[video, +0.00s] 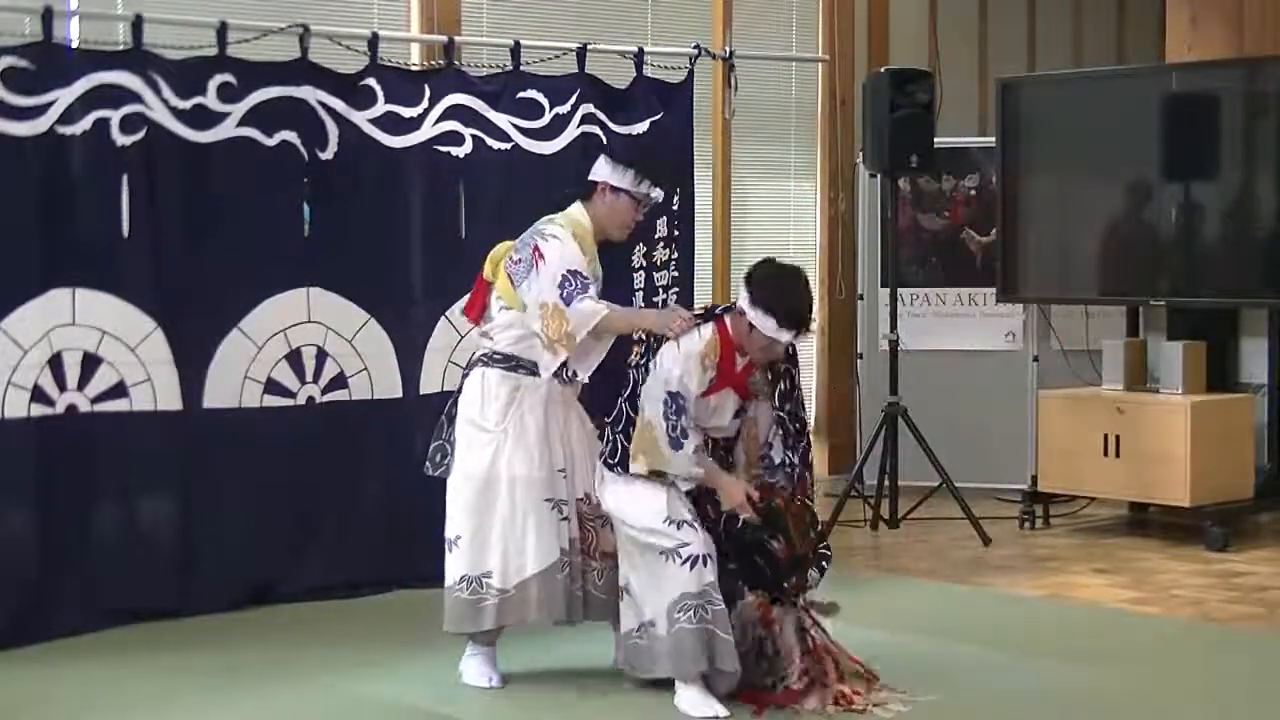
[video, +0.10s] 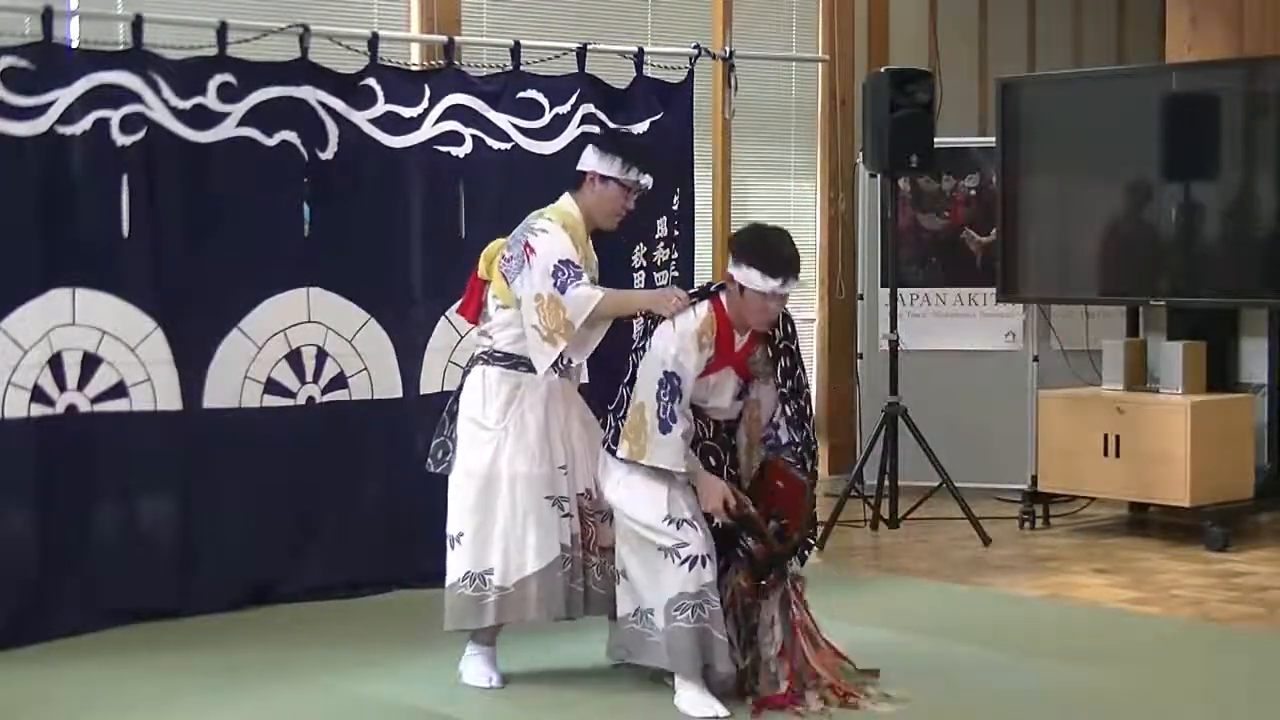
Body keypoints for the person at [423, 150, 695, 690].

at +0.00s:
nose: (639, 219)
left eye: (643, 210)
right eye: (634, 206)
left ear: (610, 201)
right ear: (603, 195)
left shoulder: (581, 252)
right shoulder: (554, 240)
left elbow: (568, 335)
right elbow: (577, 311)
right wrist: (652, 319)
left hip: (547, 398)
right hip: (504, 396)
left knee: (597, 504)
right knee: (497, 516)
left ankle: (639, 634)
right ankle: (481, 647)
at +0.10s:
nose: (631, 204)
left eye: (635, 194)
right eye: (626, 190)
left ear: (598, 187)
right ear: (593, 181)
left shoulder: (576, 242)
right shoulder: (550, 232)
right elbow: (572, 301)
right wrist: (648, 300)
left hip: (548, 394)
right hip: (506, 393)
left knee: (615, 497)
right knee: (498, 515)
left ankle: (639, 633)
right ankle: (481, 646)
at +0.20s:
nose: (627, 195)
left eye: (630, 185)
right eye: (620, 182)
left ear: (597, 180)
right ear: (587, 173)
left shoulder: (584, 243)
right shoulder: (545, 226)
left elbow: (565, 334)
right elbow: (565, 291)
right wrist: (644, 281)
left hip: (557, 392)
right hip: (512, 392)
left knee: (625, 492)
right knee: (503, 516)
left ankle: (641, 624)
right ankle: (481, 646)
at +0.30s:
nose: (630, 186)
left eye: (634, 176)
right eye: (623, 173)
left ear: (603, 174)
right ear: (589, 166)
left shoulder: (590, 233)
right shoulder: (550, 222)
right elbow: (563, 284)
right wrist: (636, 260)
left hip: (574, 390)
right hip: (525, 391)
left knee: (621, 499)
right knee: (511, 514)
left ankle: (644, 623)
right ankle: (480, 645)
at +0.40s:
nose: (639, 180)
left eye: (643, 170)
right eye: (631, 167)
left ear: (631, 173)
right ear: (598, 161)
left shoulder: (612, 227)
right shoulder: (562, 219)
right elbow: (564, 281)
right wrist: (627, 246)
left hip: (601, 385)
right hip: (544, 386)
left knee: (637, 499)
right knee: (522, 510)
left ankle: (662, 625)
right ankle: (480, 647)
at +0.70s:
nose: (680, 168)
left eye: (684, 158)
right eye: (672, 154)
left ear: (686, 170)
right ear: (645, 165)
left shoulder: (688, 220)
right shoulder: (603, 214)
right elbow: (575, 262)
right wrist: (621, 211)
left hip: (658, 378)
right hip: (594, 377)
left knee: (672, 502)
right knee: (562, 504)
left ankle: (679, 630)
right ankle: (510, 640)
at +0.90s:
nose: (707, 180)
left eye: (719, 168)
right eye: (695, 167)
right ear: (662, 169)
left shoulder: (703, 226)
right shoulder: (605, 235)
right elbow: (591, 263)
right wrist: (635, 219)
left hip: (668, 383)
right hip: (603, 381)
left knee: (672, 510)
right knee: (566, 509)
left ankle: (669, 628)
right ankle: (511, 638)